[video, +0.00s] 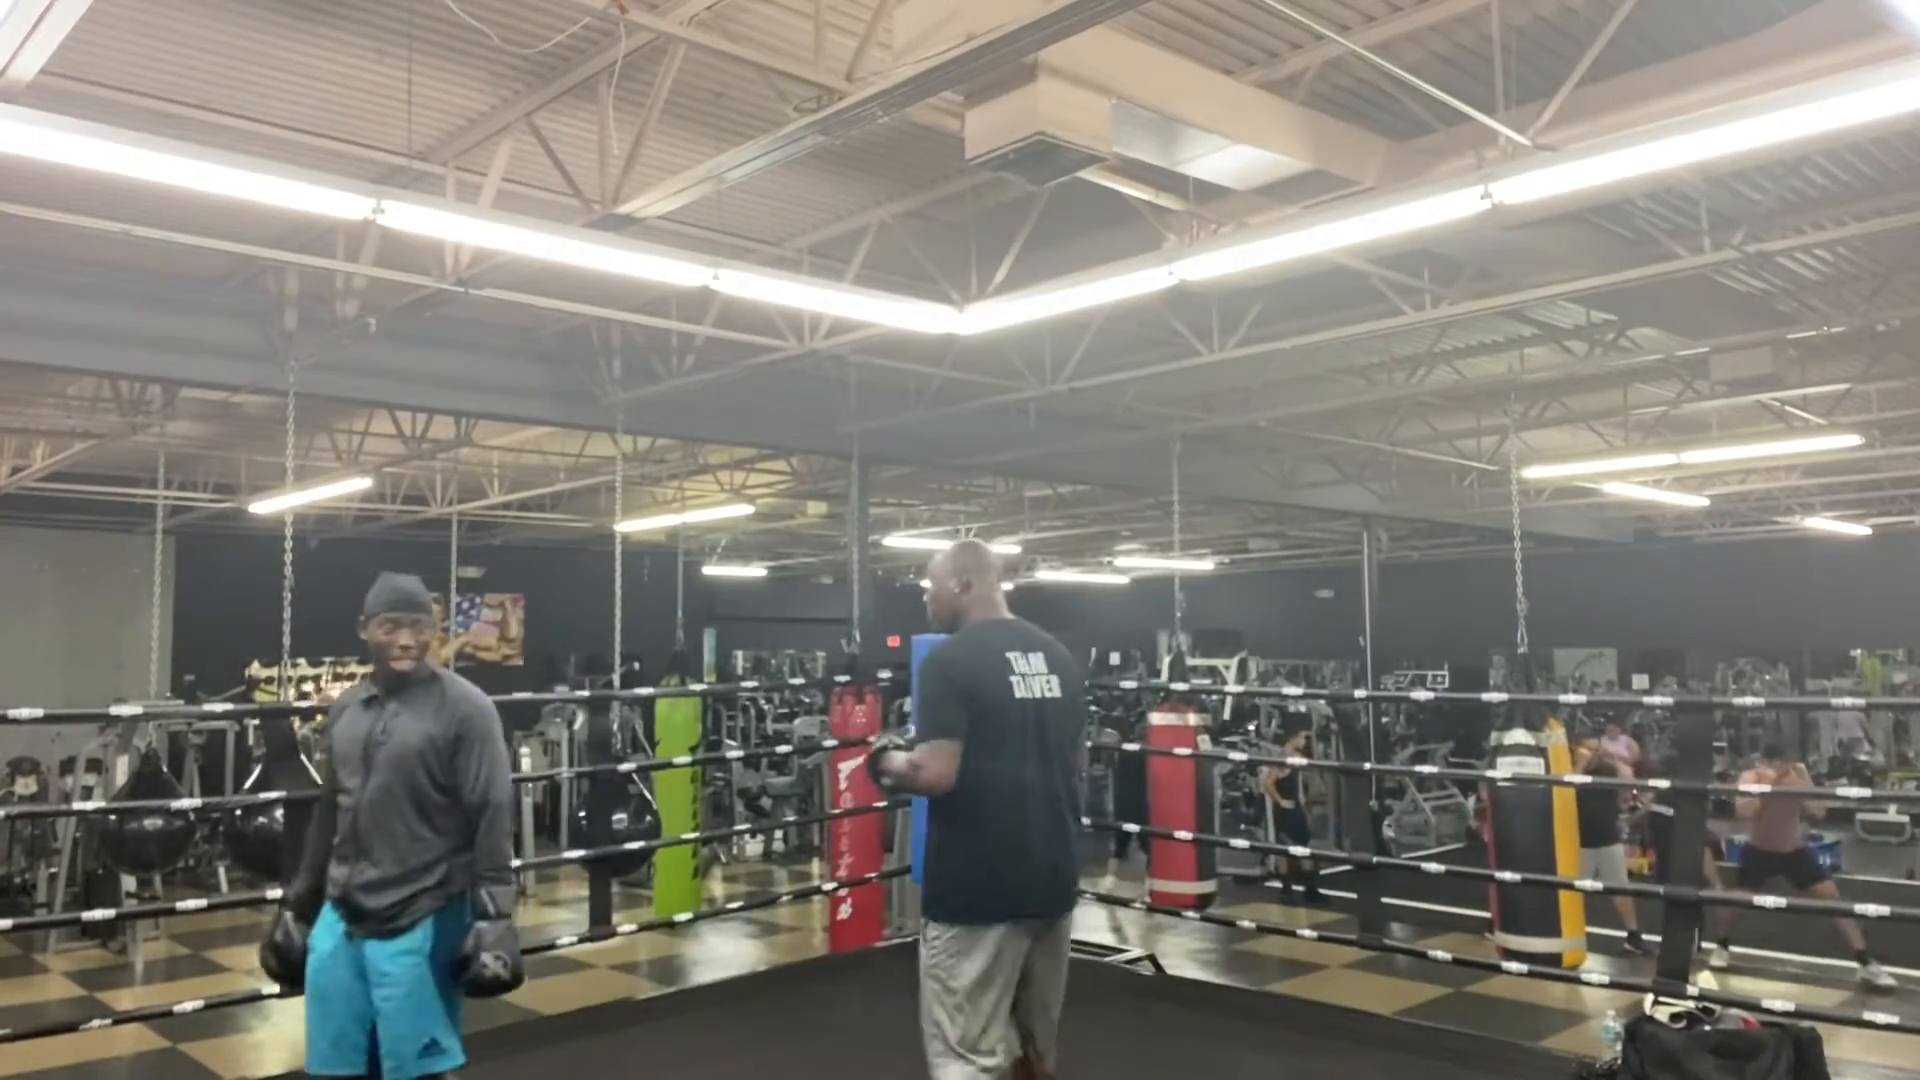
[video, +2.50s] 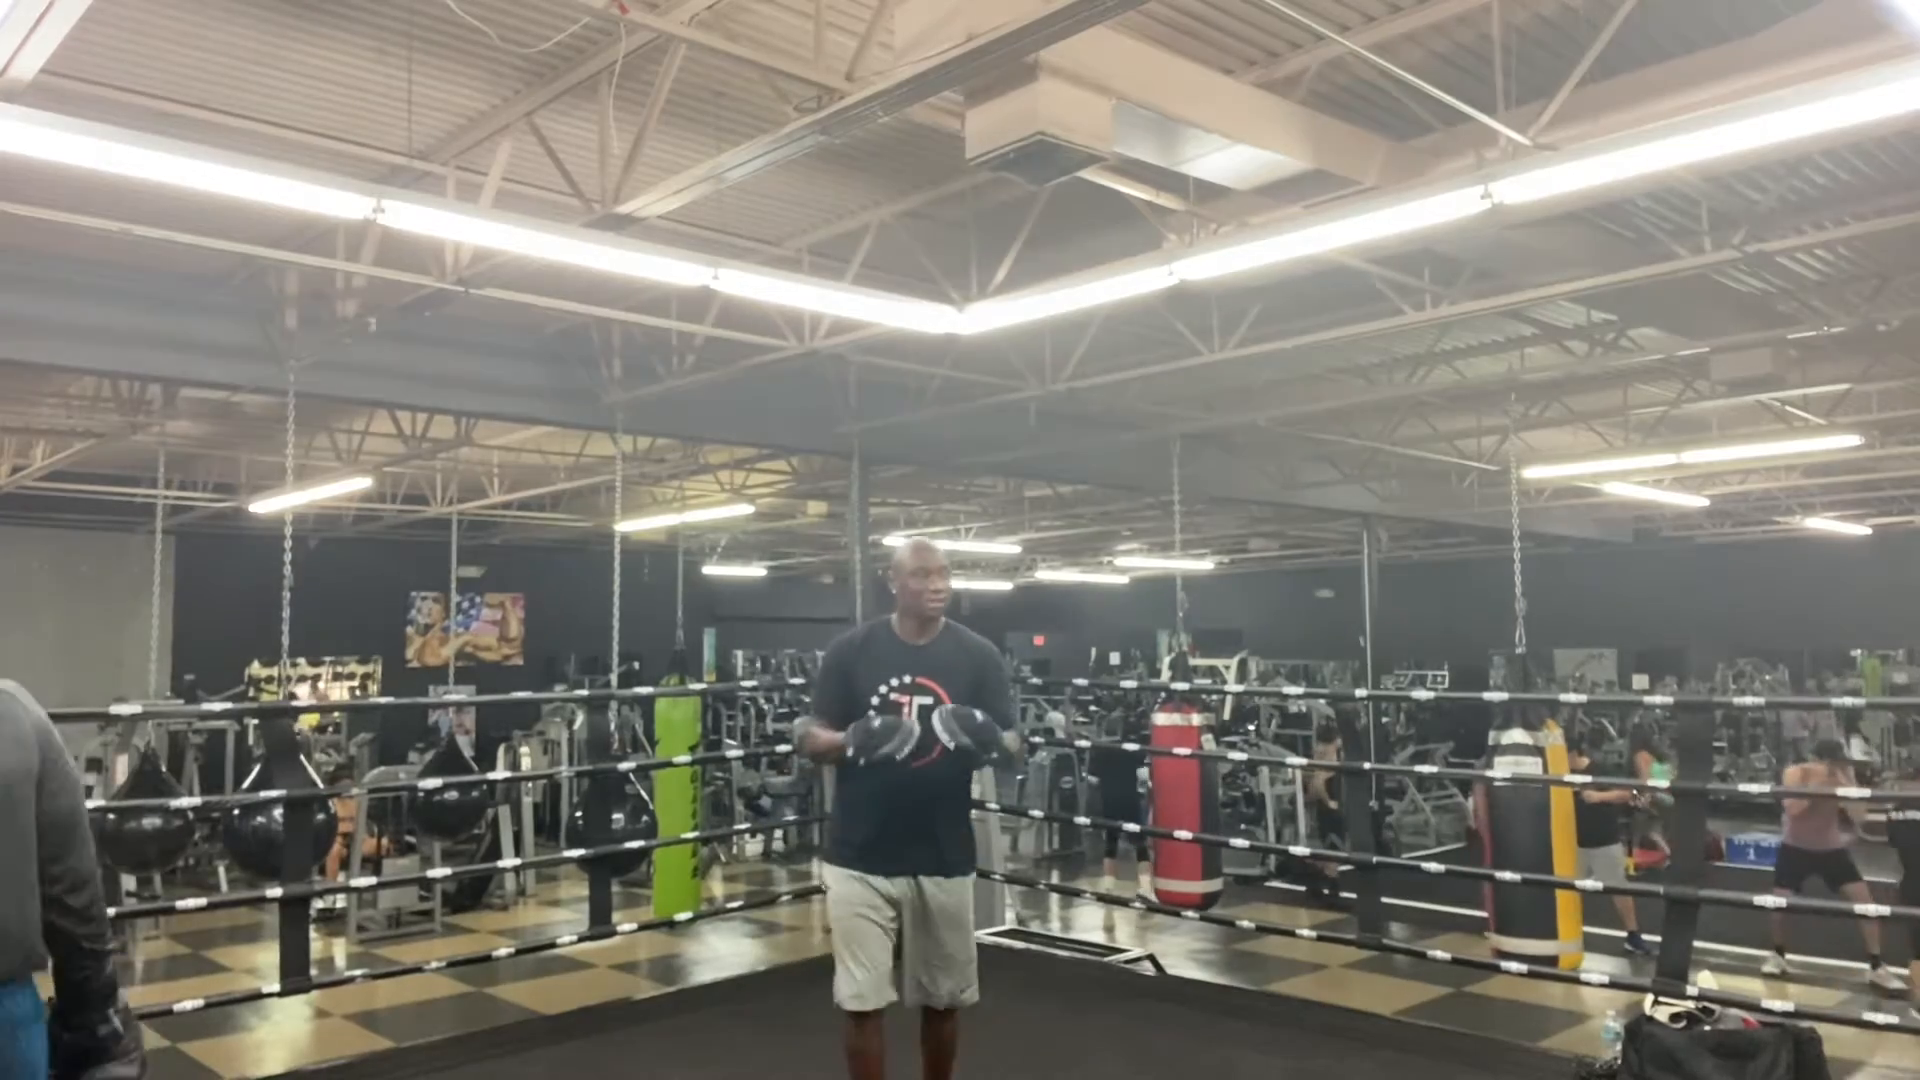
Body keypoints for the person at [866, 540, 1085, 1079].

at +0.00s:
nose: (926, 599)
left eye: (931, 587)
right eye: (927, 588)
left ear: (962, 585)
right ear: (991, 585)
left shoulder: (951, 658)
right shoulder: (1060, 657)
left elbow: (937, 773)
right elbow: (1070, 762)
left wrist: (888, 761)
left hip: (973, 888)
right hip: (1050, 880)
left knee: (965, 1057)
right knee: (1034, 1052)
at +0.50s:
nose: (844, 592)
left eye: (855, 581)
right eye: (846, 582)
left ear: (895, 587)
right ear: (901, 589)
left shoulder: (886, 665)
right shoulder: (951, 645)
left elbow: (872, 775)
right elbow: (936, 746)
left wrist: (822, 744)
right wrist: (862, 723)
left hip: (898, 874)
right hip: (965, 864)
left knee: (863, 1013)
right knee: (968, 1013)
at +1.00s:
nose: (789, 605)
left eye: (801, 595)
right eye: (788, 596)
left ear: (833, 600)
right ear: (797, 603)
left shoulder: (867, 670)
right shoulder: (817, 665)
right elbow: (826, 747)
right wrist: (781, 746)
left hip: (866, 870)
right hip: (821, 860)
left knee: (856, 1014)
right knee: (810, 985)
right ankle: (832, 1070)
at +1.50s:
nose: (814, 605)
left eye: (825, 596)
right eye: (806, 597)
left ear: (845, 606)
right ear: (792, 606)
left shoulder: (876, 671)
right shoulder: (770, 669)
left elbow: (913, 750)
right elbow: (749, 736)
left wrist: (858, 754)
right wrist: (735, 737)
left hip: (851, 856)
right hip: (781, 849)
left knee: (854, 982)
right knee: (786, 978)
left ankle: (873, 1058)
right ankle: (818, 1068)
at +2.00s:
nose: (885, 607)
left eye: (894, 596)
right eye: (873, 595)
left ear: (905, 603)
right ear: (850, 601)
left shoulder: (924, 674)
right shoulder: (809, 667)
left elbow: (932, 752)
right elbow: (767, 747)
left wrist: (942, 770)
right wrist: (823, 756)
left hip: (901, 851)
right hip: (823, 857)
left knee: (923, 981)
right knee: (817, 982)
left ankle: (929, 1076)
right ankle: (820, 1064)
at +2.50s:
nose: (936, 586)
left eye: (941, 575)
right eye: (922, 575)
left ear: (950, 582)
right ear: (893, 582)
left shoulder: (979, 656)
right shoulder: (849, 652)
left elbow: (1011, 747)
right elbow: (809, 737)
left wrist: (986, 740)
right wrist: (851, 741)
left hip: (944, 864)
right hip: (859, 862)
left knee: (943, 1006)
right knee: (862, 1007)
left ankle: (939, 1079)